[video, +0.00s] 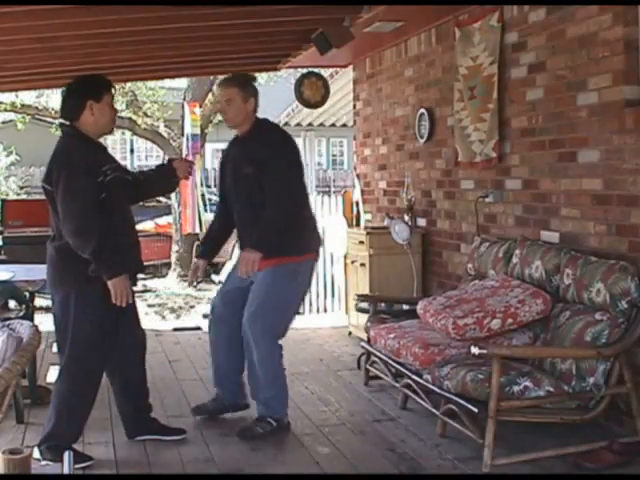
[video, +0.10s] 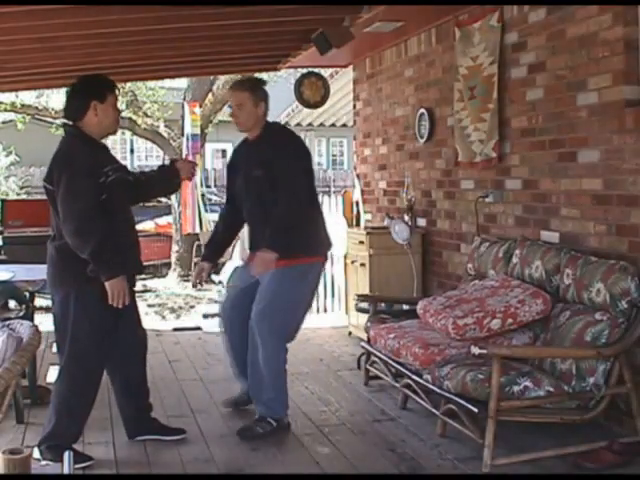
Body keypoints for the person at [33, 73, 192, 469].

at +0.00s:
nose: (116, 111)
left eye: (115, 103)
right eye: (111, 103)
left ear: (88, 109)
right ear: (90, 108)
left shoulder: (93, 151)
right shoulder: (73, 154)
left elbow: (127, 189)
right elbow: (78, 223)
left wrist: (171, 172)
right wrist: (112, 269)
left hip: (108, 276)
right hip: (81, 279)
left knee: (128, 349)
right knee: (81, 363)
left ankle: (139, 423)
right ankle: (54, 445)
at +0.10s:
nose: (120, 112)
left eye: (119, 104)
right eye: (115, 105)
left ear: (93, 109)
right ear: (95, 109)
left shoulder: (95, 151)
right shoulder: (75, 154)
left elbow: (128, 189)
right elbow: (78, 224)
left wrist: (174, 173)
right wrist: (109, 270)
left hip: (110, 276)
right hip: (82, 280)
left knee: (129, 350)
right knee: (80, 364)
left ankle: (140, 423)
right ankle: (54, 444)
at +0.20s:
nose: (124, 114)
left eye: (122, 107)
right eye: (119, 107)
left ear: (98, 110)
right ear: (99, 109)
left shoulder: (98, 152)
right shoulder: (78, 154)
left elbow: (131, 190)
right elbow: (77, 223)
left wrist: (177, 175)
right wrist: (108, 271)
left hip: (111, 277)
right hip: (82, 281)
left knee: (130, 349)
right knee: (81, 365)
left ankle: (140, 423)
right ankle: (54, 445)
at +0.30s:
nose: (128, 116)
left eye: (128, 108)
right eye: (125, 108)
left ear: (102, 110)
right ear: (105, 110)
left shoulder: (100, 152)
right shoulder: (82, 153)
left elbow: (133, 190)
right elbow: (79, 221)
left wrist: (182, 176)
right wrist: (110, 270)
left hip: (109, 275)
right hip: (81, 278)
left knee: (130, 348)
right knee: (81, 364)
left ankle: (140, 422)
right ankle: (55, 445)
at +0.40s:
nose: (134, 117)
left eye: (133, 110)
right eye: (130, 109)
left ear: (107, 112)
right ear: (110, 112)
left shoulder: (102, 151)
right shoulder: (86, 153)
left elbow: (136, 190)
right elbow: (83, 222)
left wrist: (184, 177)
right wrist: (112, 270)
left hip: (108, 274)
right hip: (82, 276)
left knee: (130, 347)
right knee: (81, 363)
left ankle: (139, 422)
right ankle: (55, 445)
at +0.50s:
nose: (138, 120)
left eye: (138, 112)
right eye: (135, 112)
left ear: (112, 113)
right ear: (115, 113)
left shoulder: (105, 153)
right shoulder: (89, 154)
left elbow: (138, 191)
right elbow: (85, 222)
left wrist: (188, 179)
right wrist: (117, 268)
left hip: (109, 275)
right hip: (82, 277)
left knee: (131, 345)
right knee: (81, 363)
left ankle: (139, 422)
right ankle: (54, 446)